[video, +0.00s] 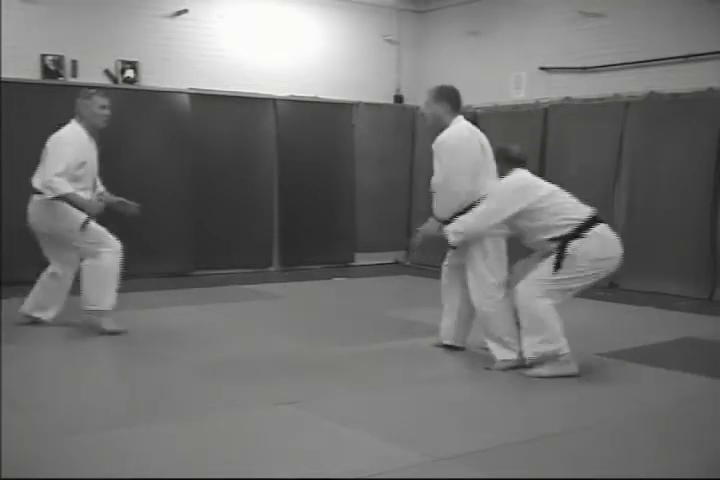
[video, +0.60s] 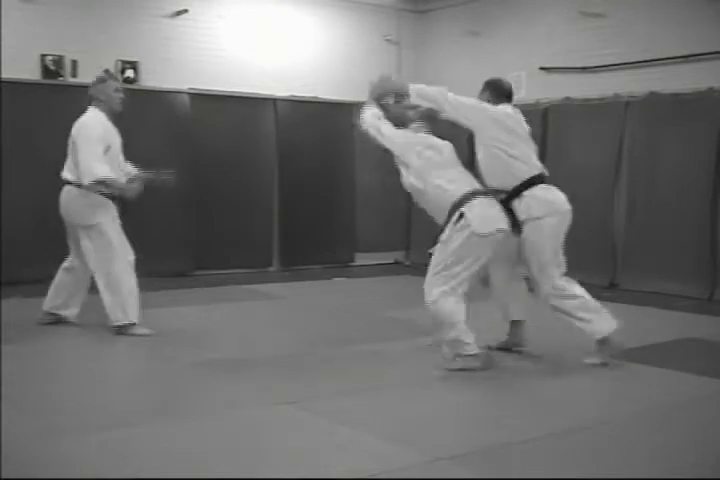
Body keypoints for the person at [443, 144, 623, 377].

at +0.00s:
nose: (490, 173)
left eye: (492, 166)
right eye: (491, 166)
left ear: (499, 166)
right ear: (515, 165)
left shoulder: (516, 183)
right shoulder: (519, 184)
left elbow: (481, 219)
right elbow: (494, 224)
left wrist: (447, 233)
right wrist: (452, 229)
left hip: (592, 245)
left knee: (531, 291)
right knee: (519, 277)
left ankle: (557, 360)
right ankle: (530, 352)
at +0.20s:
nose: (482, 153)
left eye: (484, 148)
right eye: (483, 148)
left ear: (490, 148)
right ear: (511, 148)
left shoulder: (496, 169)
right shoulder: (518, 164)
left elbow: (467, 203)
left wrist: (457, 233)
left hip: (566, 234)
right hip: (583, 230)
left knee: (519, 296)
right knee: (530, 289)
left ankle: (558, 359)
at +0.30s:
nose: (477, 136)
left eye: (479, 131)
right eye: (479, 132)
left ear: (487, 131)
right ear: (508, 133)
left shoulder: (487, 149)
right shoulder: (516, 148)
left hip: (559, 221)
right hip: (577, 217)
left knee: (527, 292)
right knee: (536, 286)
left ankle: (559, 359)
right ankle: (523, 338)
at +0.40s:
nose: (476, 118)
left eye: (479, 113)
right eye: (477, 113)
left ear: (489, 114)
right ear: (506, 116)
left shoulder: (496, 132)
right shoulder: (509, 134)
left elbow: (444, 138)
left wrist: (420, 140)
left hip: (557, 210)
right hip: (556, 209)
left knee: (543, 283)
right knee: (520, 272)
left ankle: (561, 356)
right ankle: (521, 336)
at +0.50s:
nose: (479, 99)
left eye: (483, 94)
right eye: (482, 94)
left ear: (492, 96)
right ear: (507, 99)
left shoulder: (497, 116)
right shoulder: (512, 119)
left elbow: (450, 104)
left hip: (546, 202)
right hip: (540, 205)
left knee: (549, 278)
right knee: (511, 264)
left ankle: (589, 339)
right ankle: (518, 335)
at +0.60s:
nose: (477, 101)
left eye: (481, 97)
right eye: (480, 97)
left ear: (489, 97)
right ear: (506, 98)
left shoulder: (491, 115)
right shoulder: (513, 117)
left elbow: (446, 101)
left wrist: (403, 88)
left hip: (537, 202)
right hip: (540, 200)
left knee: (549, 281)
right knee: (503, 268)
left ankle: (605, 332)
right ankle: (515, 333)